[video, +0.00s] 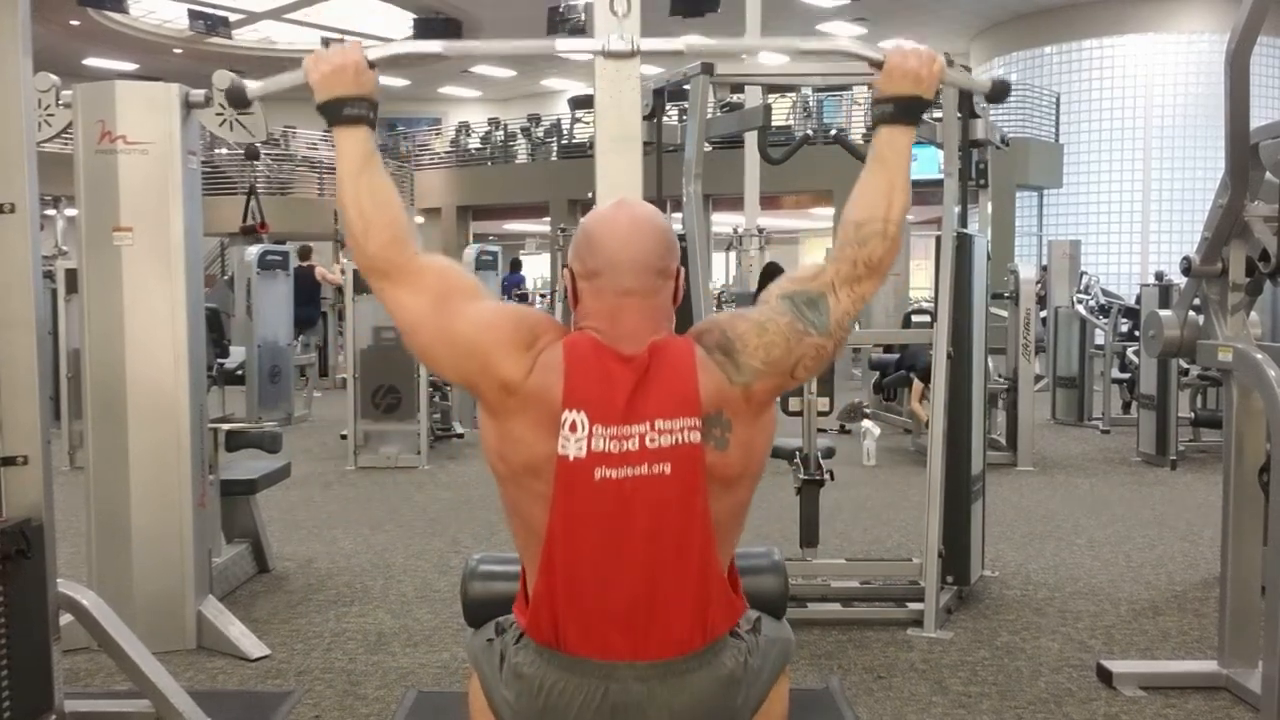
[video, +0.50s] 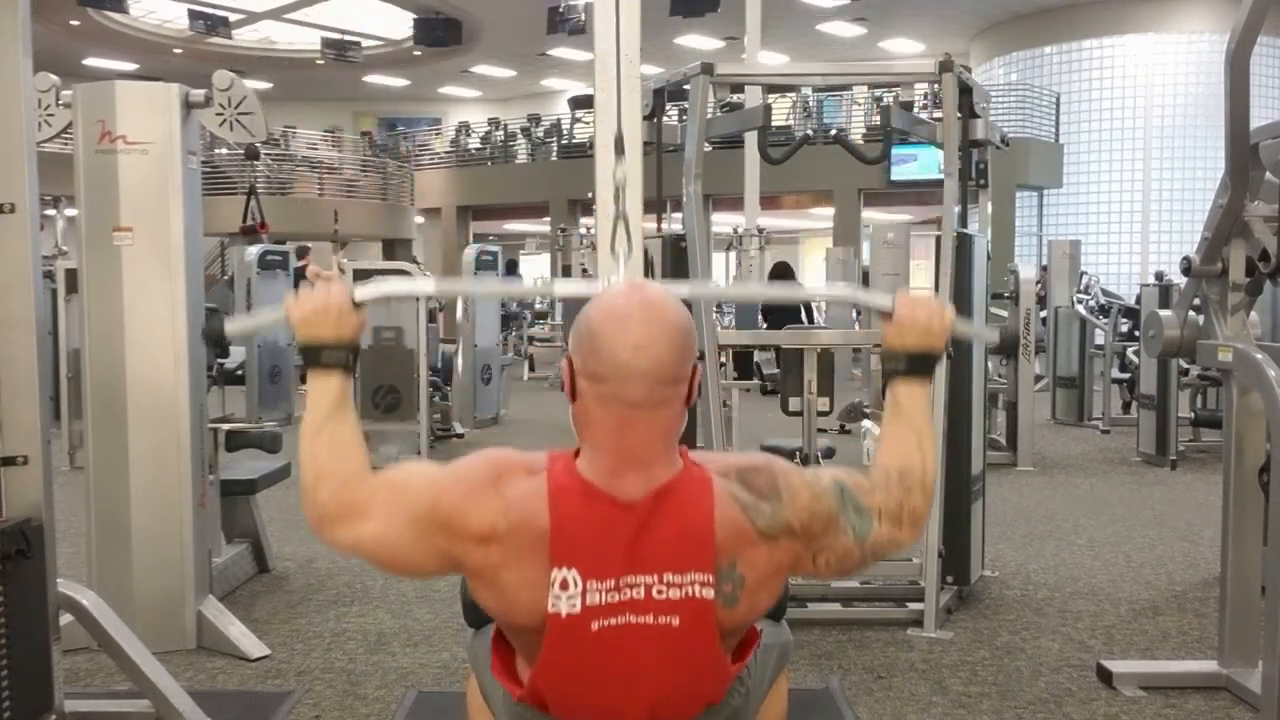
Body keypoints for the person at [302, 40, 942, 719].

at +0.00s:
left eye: (574, 272)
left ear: (572, 288)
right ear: (677, 287)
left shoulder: (513, 361)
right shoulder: (741, 364)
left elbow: (389, 262)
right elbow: (856, 266)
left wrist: (349, 114)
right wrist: (899, 112)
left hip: (553, 687)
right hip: (702, 684)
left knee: (488, 661)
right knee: (770, 652)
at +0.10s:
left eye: (572, 282)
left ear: (572, 302)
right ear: (680, 300)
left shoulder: (506, 382)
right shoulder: (748, 383)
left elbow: (374, 295)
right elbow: (872, 300)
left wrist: (342, 149)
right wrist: (906, 147)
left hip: (551, 687)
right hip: (706, 686)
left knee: (489, 657)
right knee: (772, 653)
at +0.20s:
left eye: (571, 294)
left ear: (569, 321)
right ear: (682, 320)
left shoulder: (502, 415)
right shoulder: (752, 413)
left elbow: (359, 348)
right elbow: (886, 338)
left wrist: (334, 196)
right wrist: (909, 188)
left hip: (551, 691)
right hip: (710, 688)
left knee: (488, 662)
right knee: (769, 641)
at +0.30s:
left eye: (568, 322)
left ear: (568, 345)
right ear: (683, 346)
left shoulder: (500, 449)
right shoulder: (758, 445)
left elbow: (351, 403)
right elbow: (896, 397)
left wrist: (326, 249)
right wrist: (909, 249)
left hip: (548, 695)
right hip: (703, 693)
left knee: (491, 637)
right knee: (770, 647)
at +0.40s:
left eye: (569, 343)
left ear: (568, 365)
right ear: (687, 368)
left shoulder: (496, 478)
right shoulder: (757, 479)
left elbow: (338, 450)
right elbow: (897, 452)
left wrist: (326, 303)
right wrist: (912, 311)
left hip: (549, 698)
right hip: (702, 696)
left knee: (491, 647)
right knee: (770, 645)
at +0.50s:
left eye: (572, 358)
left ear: (570, 381)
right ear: (692, 384)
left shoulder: (494, 500)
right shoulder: (759, 501)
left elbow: (339, 509)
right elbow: (899, 513)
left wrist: (326, 358)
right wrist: (913, 368)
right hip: (706, 702)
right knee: (799, 670)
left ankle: (485, 700)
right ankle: (773, 698)